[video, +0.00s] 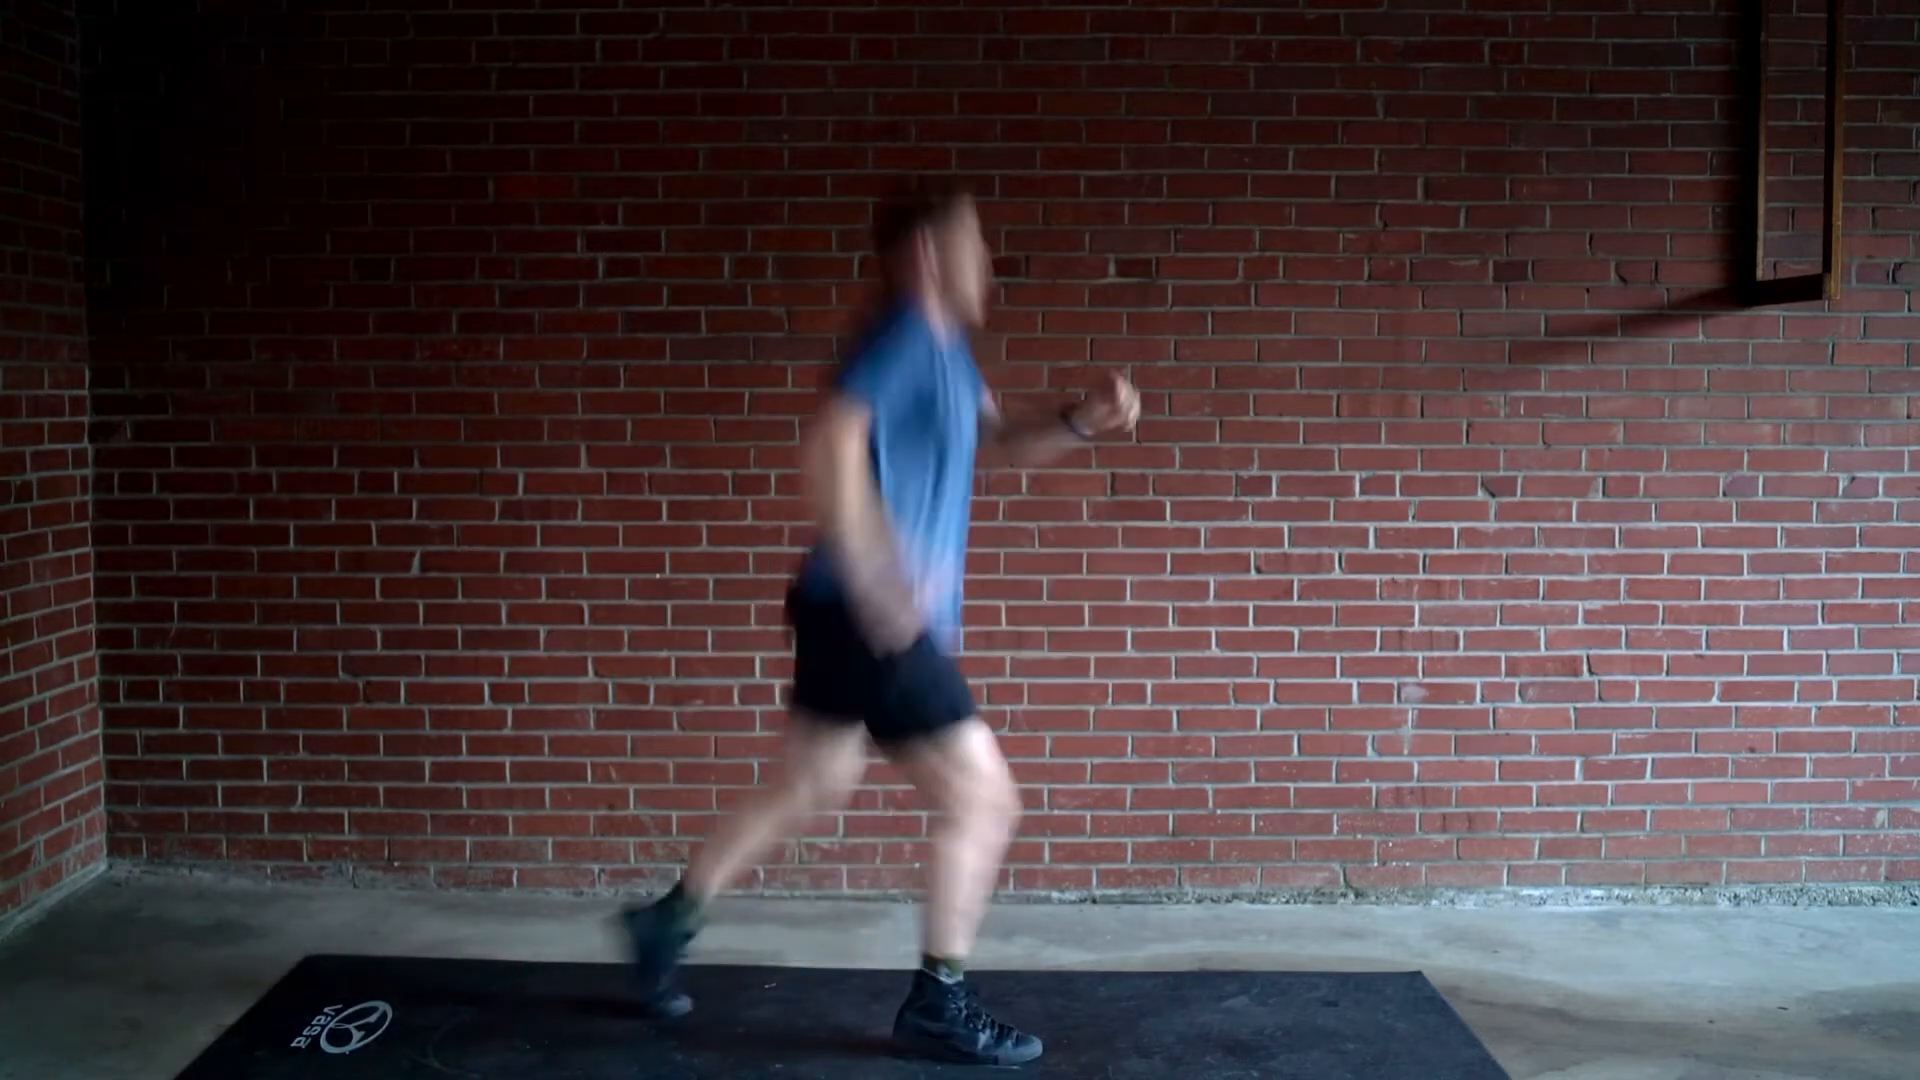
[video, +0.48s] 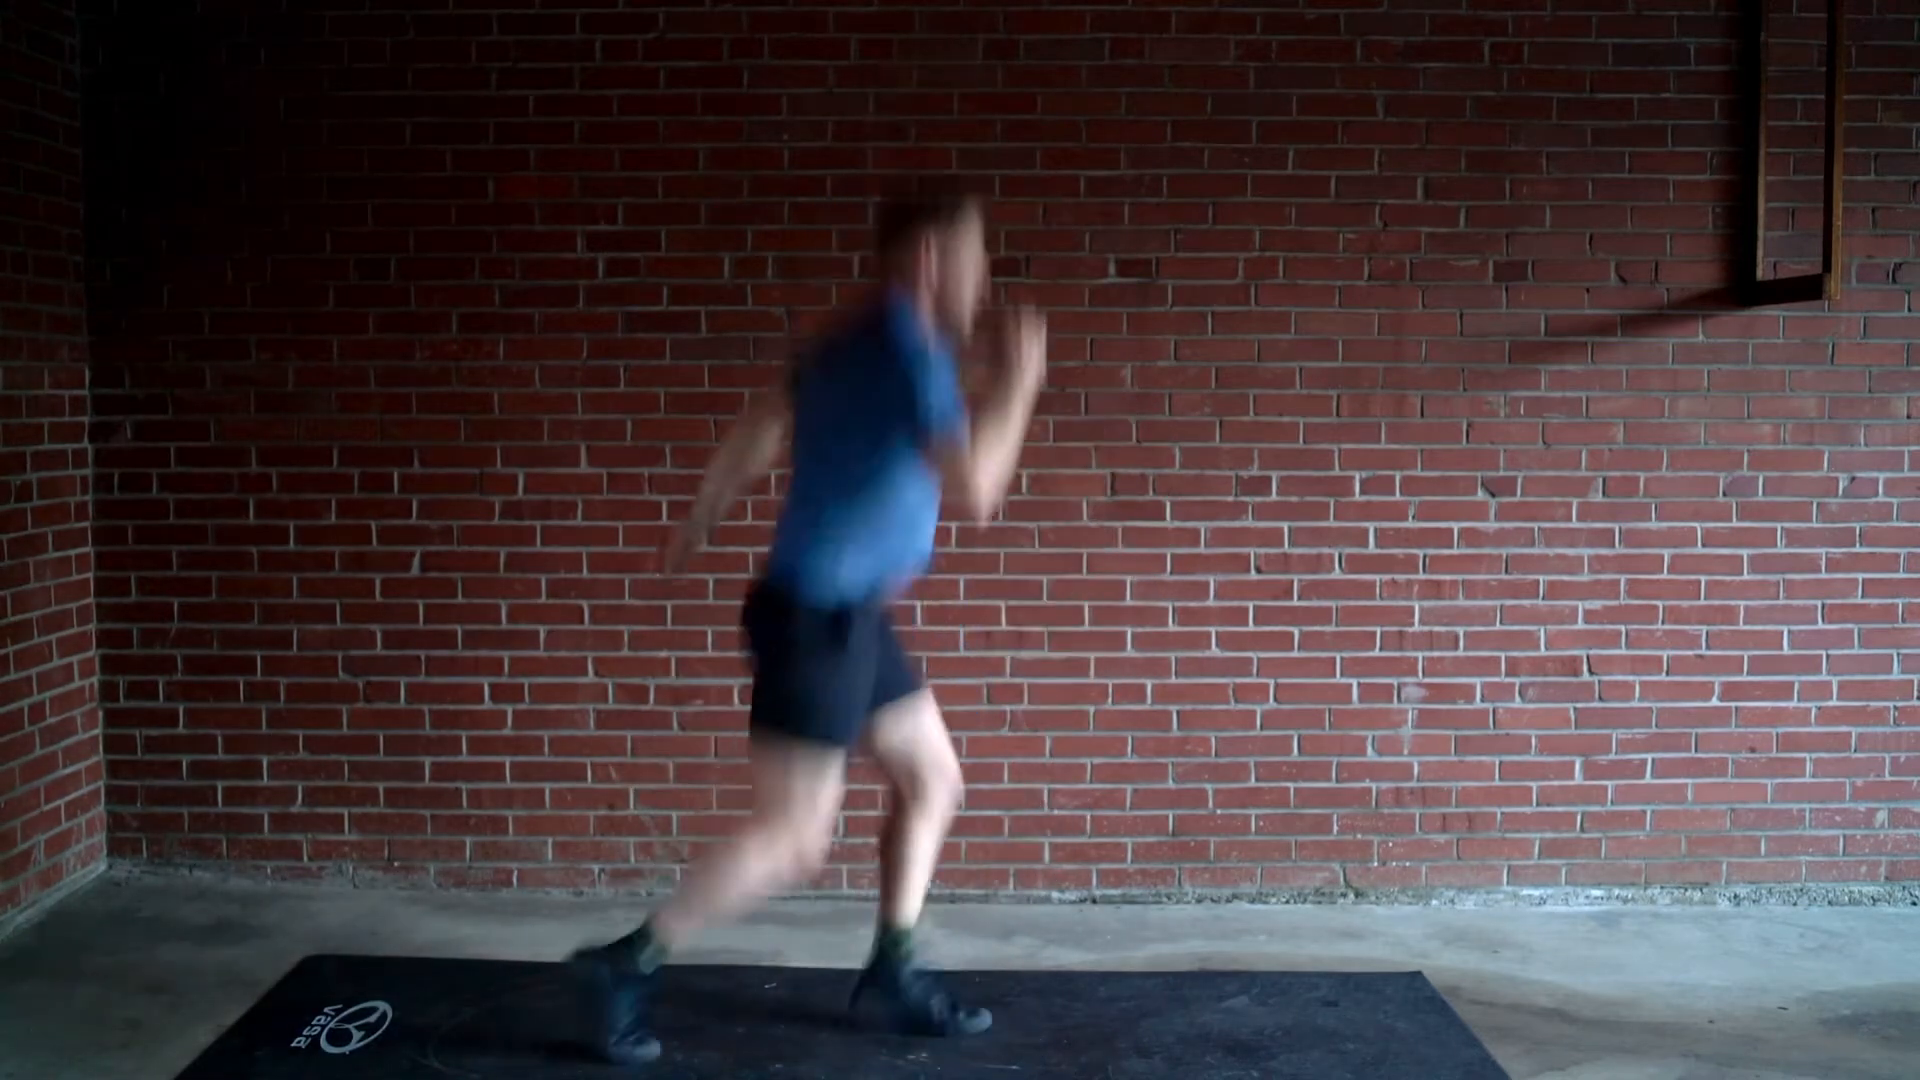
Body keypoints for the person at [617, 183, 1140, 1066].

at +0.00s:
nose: (987, 258)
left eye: (983, 240)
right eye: (972, 239)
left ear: (937, 253)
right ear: (925, 252)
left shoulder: (945, 347)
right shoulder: (906, 337)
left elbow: (995, 435)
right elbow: (835, 434)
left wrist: (1078, 419)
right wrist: (870, 572)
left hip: (855, 606)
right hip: (880, 611)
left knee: (815, 781)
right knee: (982, 797)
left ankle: (669, 919)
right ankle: (939, 997)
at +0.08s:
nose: (971, 181)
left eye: (969, 164)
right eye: (958, 163)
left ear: (934, 173)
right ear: (911, 169)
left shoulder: (937, 268)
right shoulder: (888, 249)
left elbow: (951, 376)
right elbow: (851, 367)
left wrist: (1021, 431)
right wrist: (935, 433)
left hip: (880, 521)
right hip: (873, 526)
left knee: (804, 711)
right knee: (895, 744)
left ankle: (711, 869)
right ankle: (920, 944)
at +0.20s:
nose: (973, 119)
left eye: (971, 101)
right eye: (961, 100)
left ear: (903, 109)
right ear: (910, 107)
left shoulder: (880, 187)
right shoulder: (889, 188)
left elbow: (902, 316)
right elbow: (904, 314)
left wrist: (1002, 284)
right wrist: (1026, 276)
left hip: (854, 457)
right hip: (867, 462)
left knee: (839, 667)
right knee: (877, 677)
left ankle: (792, 848)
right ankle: (780, 852)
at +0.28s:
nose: (975, 121)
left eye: (973, 104)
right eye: (963, 104)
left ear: (914, 109)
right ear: (916, 108)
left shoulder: (899, 190)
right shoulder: (886, 191)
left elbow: (882, 327)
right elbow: (940, 316)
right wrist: (1023, 240)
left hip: (875, 467)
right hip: (850, 467)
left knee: (882, 670)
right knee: (839, 685)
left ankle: (847, 859)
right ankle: (704, 850)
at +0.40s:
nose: (981, 183)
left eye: (978, 165)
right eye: (969, 164)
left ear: (911, 172)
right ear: (919, 169)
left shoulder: (862, 257)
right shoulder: (904, 259)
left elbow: (780, 366)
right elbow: (972, 395)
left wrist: (729, 465)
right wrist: (1019, 290)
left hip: (861, 535)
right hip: (830, 535)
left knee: (912, 718)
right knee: (792, 749)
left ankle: (905, 910)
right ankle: (648, 905)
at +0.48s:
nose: (984, 270)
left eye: (982, 251)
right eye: (970, 250)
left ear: (917, 255)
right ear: (924, 252)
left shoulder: (859, 334)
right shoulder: (906, 343)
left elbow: (763, 426)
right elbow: (977, 489)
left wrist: (701, 515)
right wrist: (1023, 375)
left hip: (855, 613)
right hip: (811, 616)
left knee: (934, 780)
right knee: (793, 839)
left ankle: (892, 971)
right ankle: (625, 966)